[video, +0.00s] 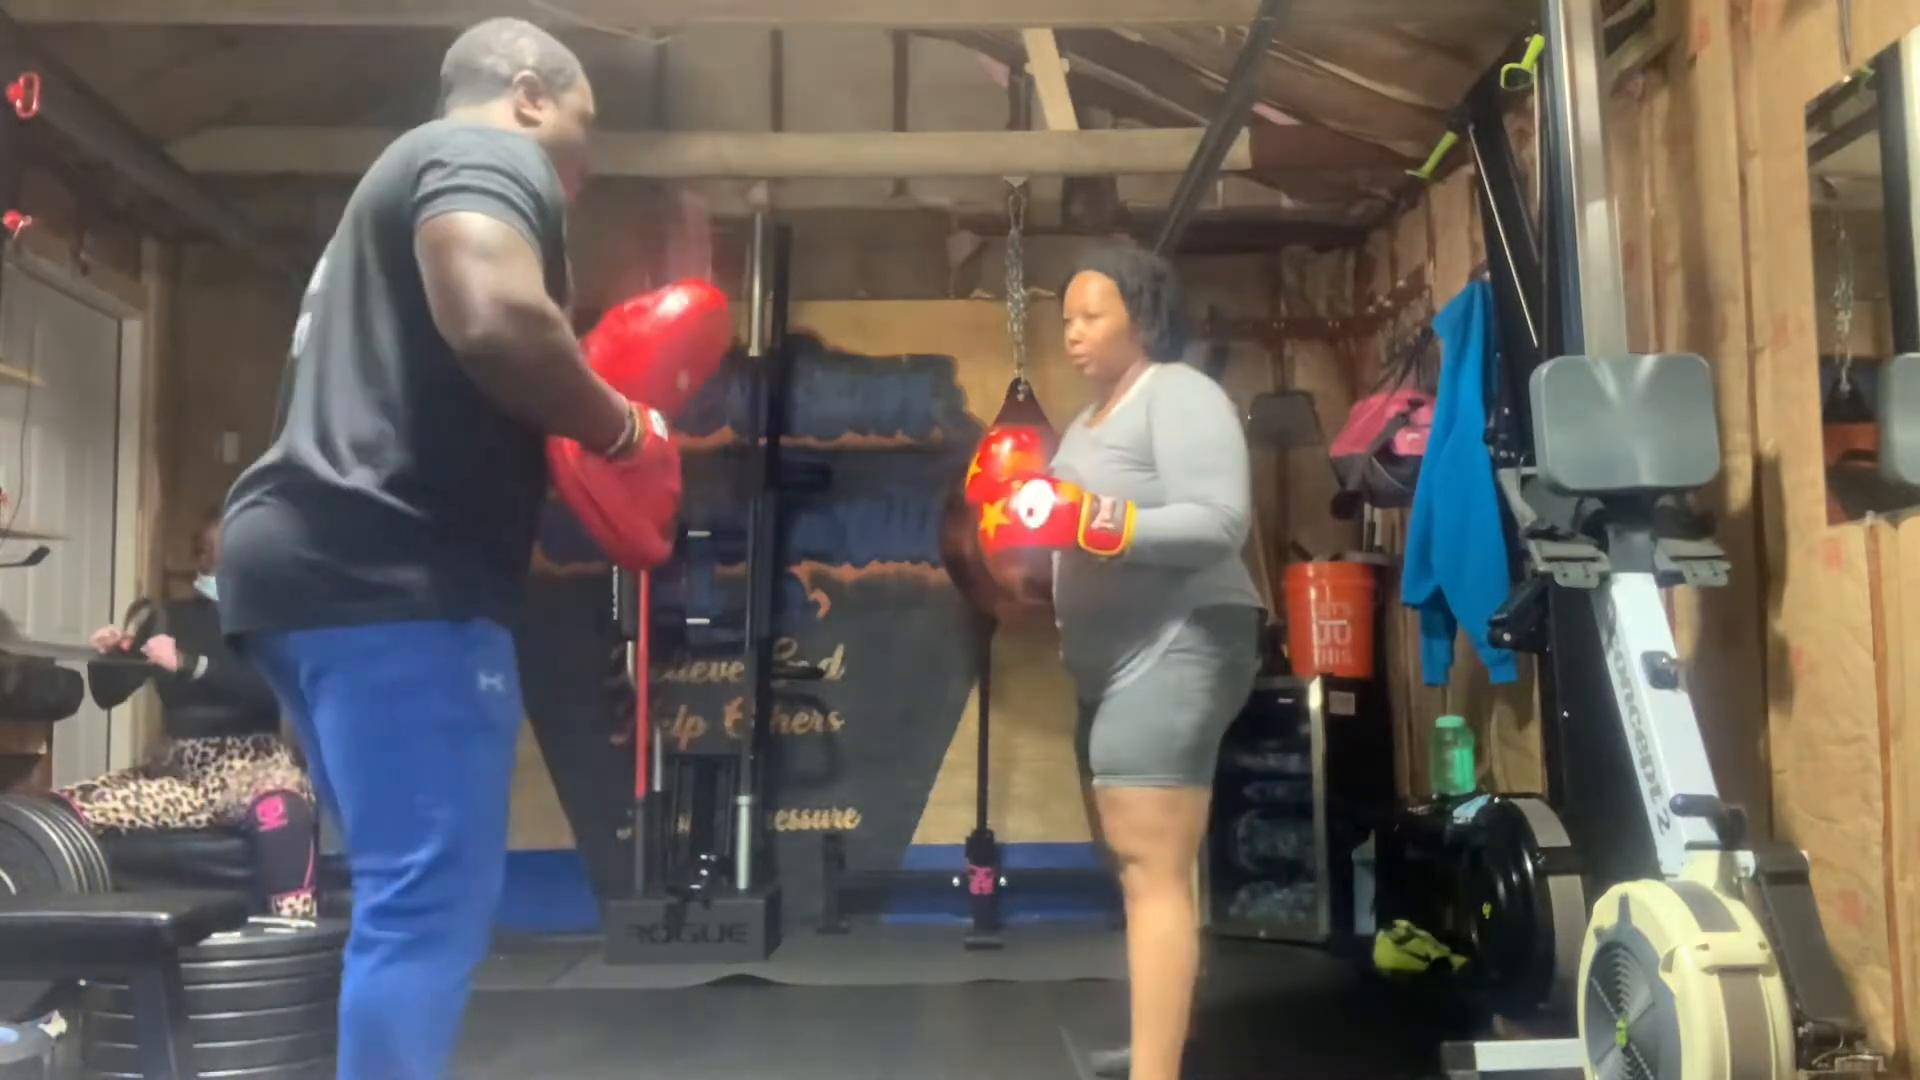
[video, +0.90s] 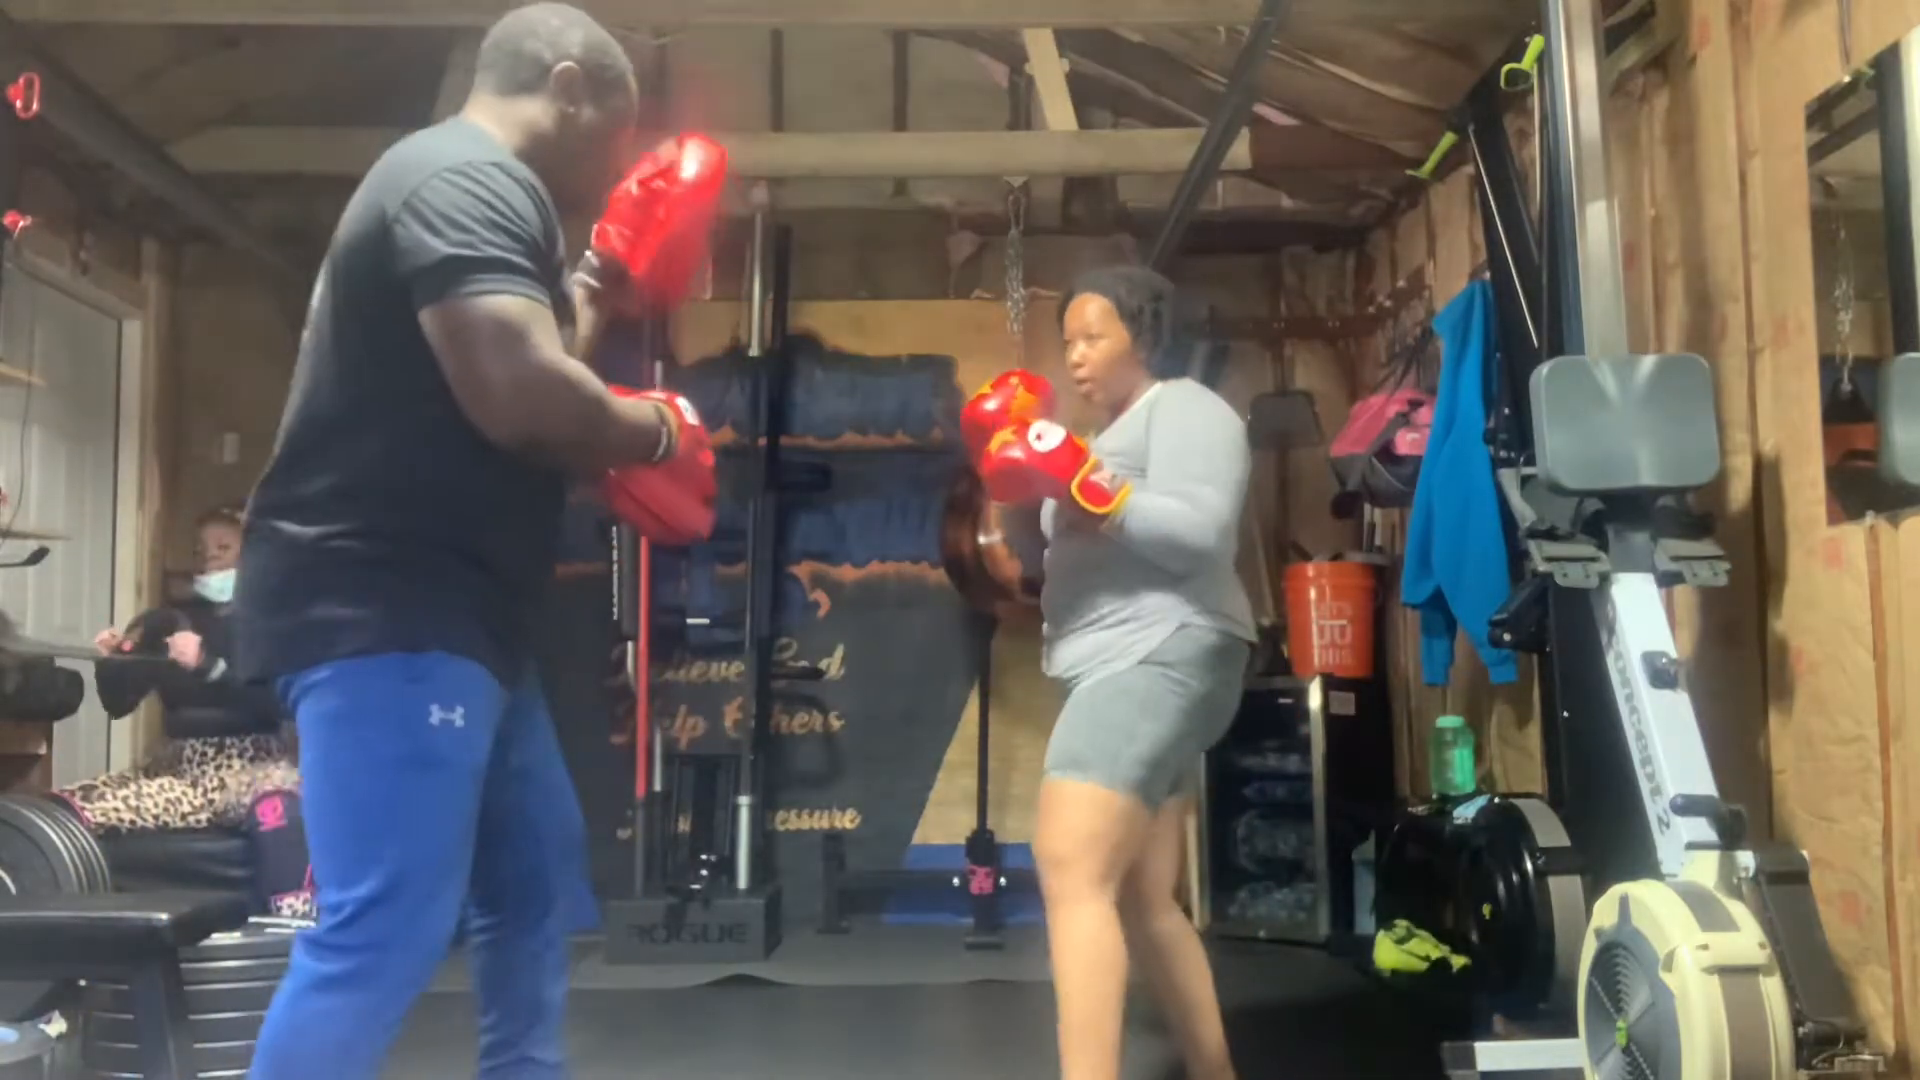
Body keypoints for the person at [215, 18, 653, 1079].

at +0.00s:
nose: (580, 160)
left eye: (586, 136)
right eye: (579, 128)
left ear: (471, 97)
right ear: (527, 94)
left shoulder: (402, 175)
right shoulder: (476, 149)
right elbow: (492, 319)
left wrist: (575, 406)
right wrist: (620, 428)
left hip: (308, 558)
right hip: (388, 562)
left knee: (405, 899)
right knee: (426, 906)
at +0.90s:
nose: (622, 161)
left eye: (630, 136)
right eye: (623, 128)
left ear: (538, 89)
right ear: (568, 87)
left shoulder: (497, 200)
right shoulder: (459, 172)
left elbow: (506, 411)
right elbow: (515, 393)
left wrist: (591, 314)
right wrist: (646, 429)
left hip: (468, 616)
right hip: (386, 608)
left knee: (534, 895)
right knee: (382, 928)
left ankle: (521, 1069)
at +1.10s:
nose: (684, 169)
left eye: (691, 143)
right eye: (684, 137)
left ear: (609, 105)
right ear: (629, 100)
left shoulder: (564, 222)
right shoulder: (506, 176)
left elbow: (607, 367)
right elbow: (518, 381)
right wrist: (665, 428)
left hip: (487, 621)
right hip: (379, 602)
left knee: (538, 904)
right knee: (335, 920)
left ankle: (524, 1073)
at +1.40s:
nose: (676, 209)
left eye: (683, 182)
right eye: (677, 175)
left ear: (585, 130)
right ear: (626, 132)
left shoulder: (557, 247)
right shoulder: (516, 220)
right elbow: (567, 438)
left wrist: (652, 410)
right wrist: (670, 501)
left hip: (488, 658)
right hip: (380, 644)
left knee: (607, 859)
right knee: (270, 949)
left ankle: (557, 1069)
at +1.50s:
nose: (724, 210)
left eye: (729, 186)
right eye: (723, 180)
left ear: (611, 141)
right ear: (670, 144)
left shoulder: (545, 233)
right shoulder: (593, 244)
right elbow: (701, 488)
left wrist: (713, 370)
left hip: (511, 656)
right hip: (421, 645)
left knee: (625, 864)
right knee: (295, 949)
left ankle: (574, 1071)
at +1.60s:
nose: (795, 210)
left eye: (799, 185)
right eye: (792, 180)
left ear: (694, 147)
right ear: (741, 149)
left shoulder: (640, 228)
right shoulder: (684, 243)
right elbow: (780, 471)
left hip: (569, 629)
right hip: (477, 618)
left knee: (643, 885)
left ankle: (579, 1069)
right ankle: (269, 1078)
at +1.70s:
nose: (881, 215)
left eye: (887, 191)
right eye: (880, 186)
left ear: (793, 158)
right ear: (826, 160)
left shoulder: (708, 227)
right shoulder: (745, 252)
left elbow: (853, 344)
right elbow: (833, 469)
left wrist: (968, 379)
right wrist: (855, 429)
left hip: (529, 591)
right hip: (571, 596)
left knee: (656, 889)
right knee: (719, 893)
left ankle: (559, 1069)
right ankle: (526, 1073)